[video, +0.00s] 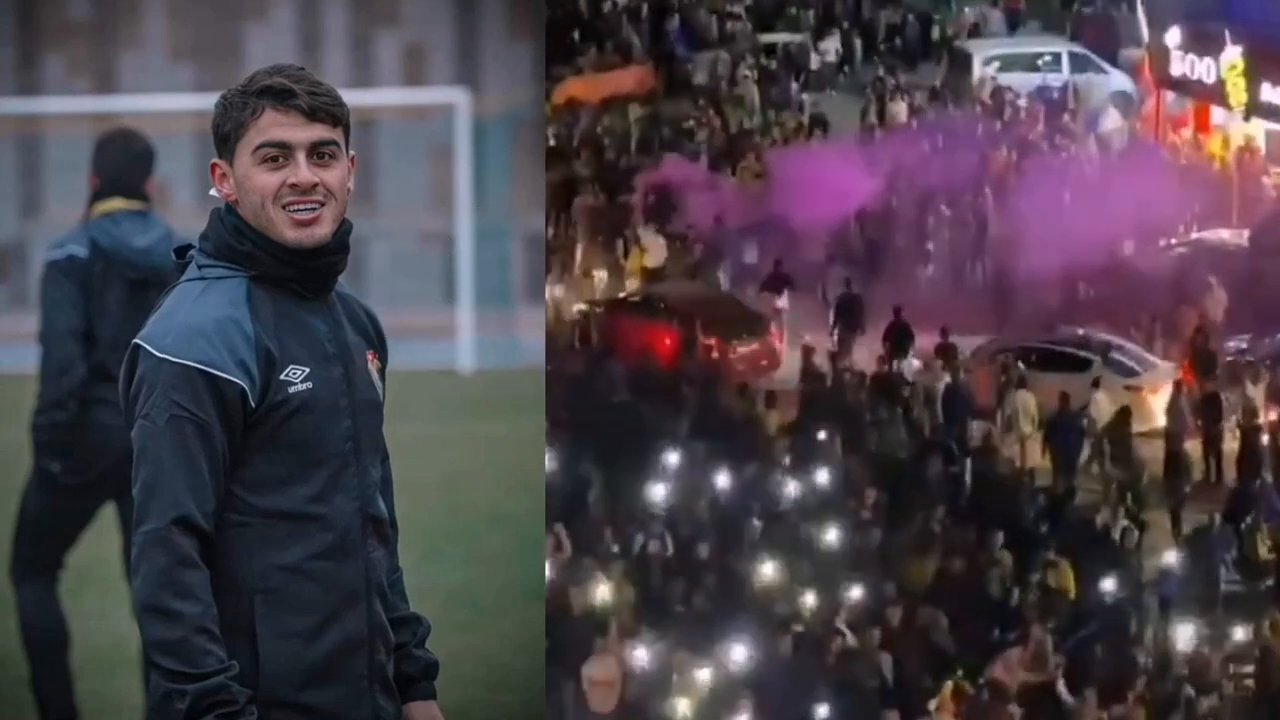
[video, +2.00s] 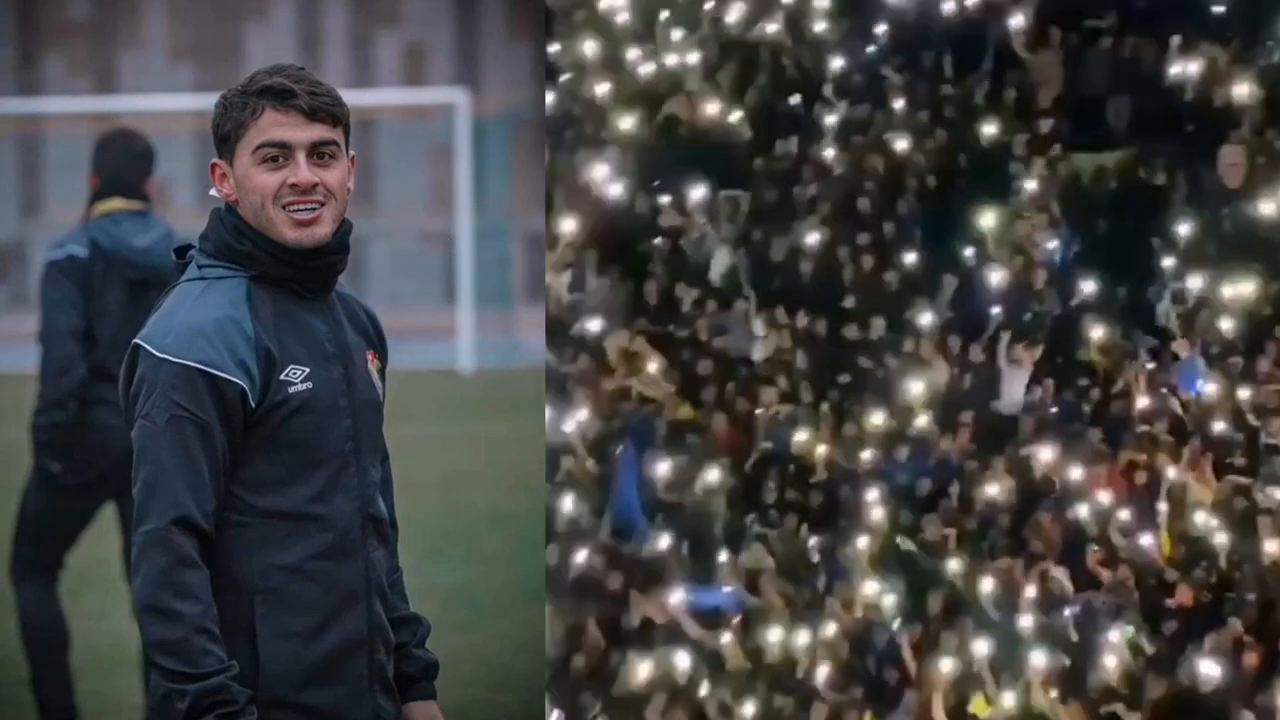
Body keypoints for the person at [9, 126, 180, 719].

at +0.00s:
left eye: (93, 173)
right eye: (150, 178)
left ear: (94, 180)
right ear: (152, 185)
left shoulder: (73, 253)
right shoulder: (178, 254)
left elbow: (65, 362)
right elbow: (190, 351)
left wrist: (51, 440)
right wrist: (174, 428)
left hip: (88, 448)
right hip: (158, 447)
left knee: (34, 569)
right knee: (156, 580)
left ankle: (57, 709)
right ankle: (167, 706)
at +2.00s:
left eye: (93, 173)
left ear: (94, 180)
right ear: (152, 185)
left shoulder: (74, 253)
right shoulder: (178, 254)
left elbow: (65, 361)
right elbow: (190, 351)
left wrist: (51, 438)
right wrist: (174, 427)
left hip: (88, 447)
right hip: (158, 446)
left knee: (34, 569)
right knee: (157, 580)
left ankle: (57, 708)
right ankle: (167, 705)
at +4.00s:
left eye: (92, 173)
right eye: (150, 178)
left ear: (94, 180)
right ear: (152, 185)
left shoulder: (73, 254)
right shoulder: (178, 255)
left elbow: (65, 363)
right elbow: (191, 352)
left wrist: (51, 442)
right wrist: (175, 429)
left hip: (87, 449)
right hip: (158, 448)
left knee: (34, 570)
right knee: (157, 580)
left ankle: (57, 707)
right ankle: (167, 704)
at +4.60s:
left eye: (93, 173)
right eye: (150, 178)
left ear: (94, 179)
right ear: (152, 185)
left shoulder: (73, 254)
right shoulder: (178, 255)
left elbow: (65, 363)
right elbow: (190, 352)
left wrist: (52, 442)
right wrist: (174, 429)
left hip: (87, 449)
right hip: (158, 448)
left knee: (34, 570)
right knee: (157, 581)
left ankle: (57, 707)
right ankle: (167, 704)